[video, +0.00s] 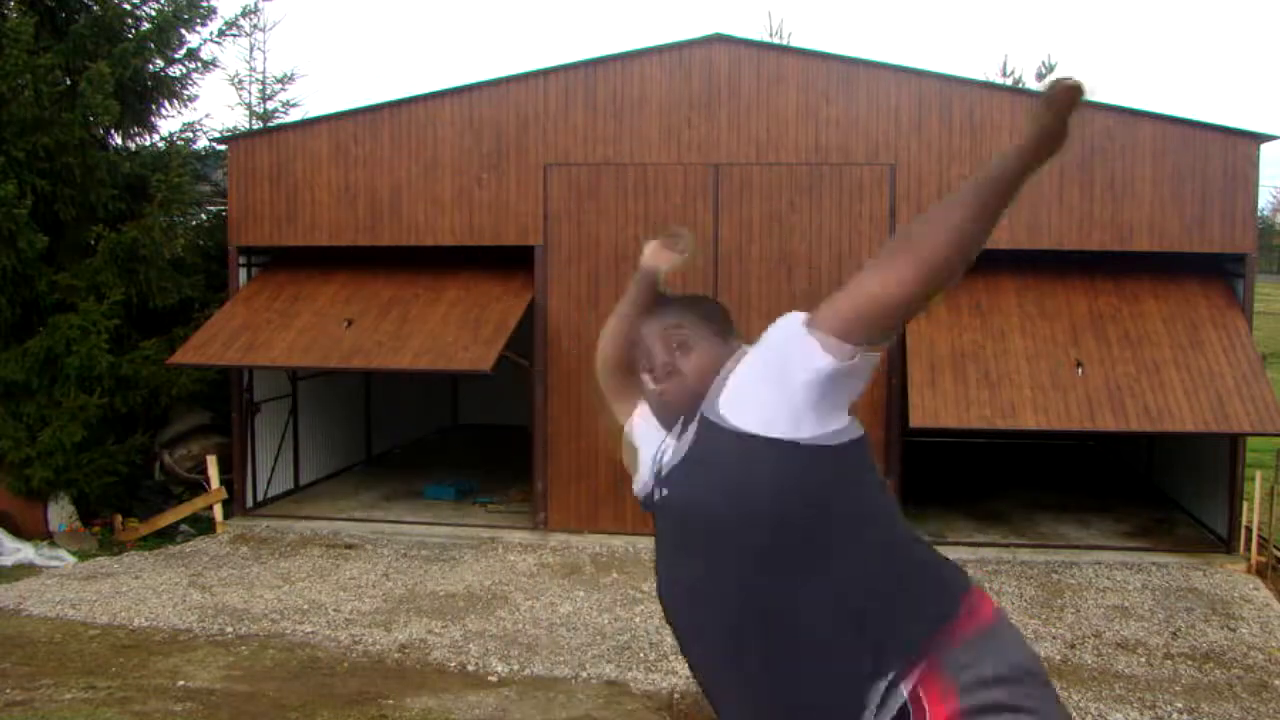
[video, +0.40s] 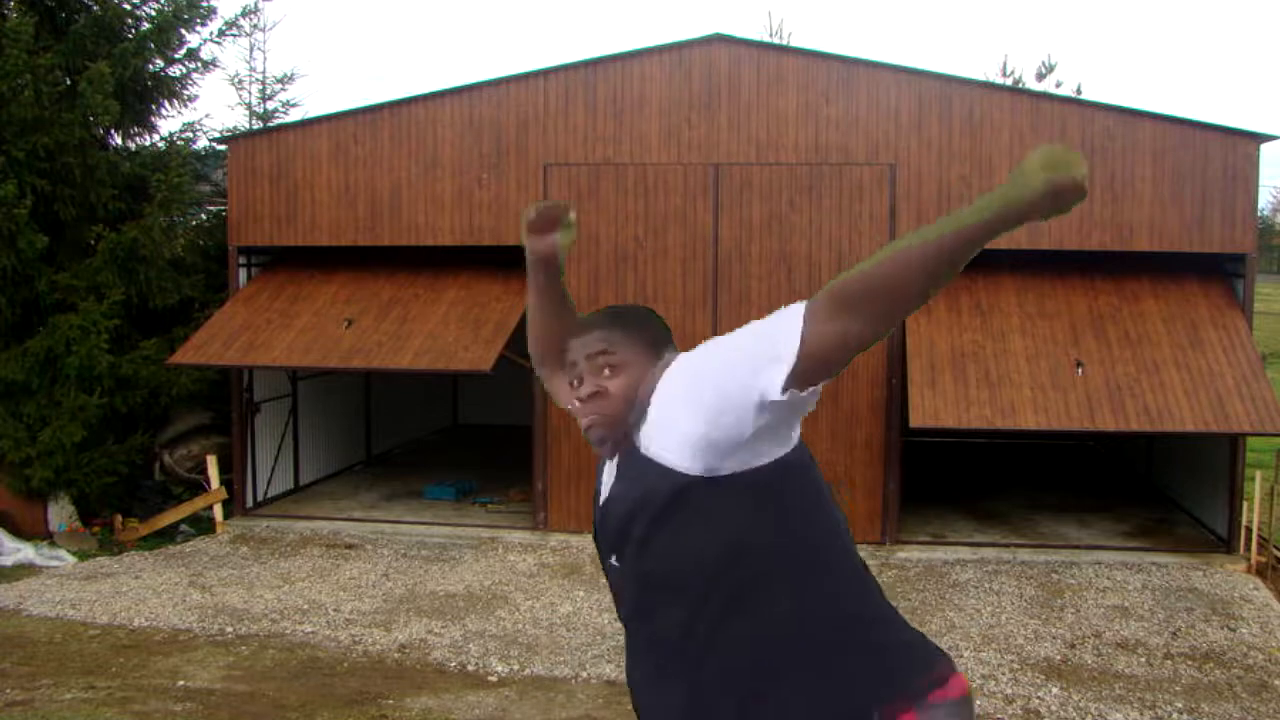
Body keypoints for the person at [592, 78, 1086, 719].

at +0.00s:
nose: (657, 363)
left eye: (677, 341)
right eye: (643, 353)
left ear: (728, 346)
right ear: (638, 371)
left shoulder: (781, 375)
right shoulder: (662, 453)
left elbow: (904, 275)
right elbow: (612, 370)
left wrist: (1032, 147)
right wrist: (642, 279)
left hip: (935, 667)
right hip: (813, 706)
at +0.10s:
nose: (655, 382)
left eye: (673, 359)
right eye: (644, 375)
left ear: (730, 352)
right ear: (639, 394)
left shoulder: (775, 372)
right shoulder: (660, 473)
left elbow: (849, 300)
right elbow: (566, 438)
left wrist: (921, 215)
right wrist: (577, 363)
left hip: (953, 692)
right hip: (800, 713)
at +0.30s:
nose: (615, 417)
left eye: (632, 393)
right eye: (601, 407)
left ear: (683, 381)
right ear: (598, 421)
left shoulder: (742, 394)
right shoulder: (650, 461)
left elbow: (829, 310)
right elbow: (572, 395)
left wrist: (920, 181)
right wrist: (496, 341)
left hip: (898, 700)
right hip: (750, 708)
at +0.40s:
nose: (586, 385)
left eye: (604, 361)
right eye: (571, 376)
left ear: (662, 364)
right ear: (563, 394)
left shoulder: (698, 398)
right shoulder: (618, 461)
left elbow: (845, 315)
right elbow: (555, 364)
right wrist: (541, 267)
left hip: (883, 704)